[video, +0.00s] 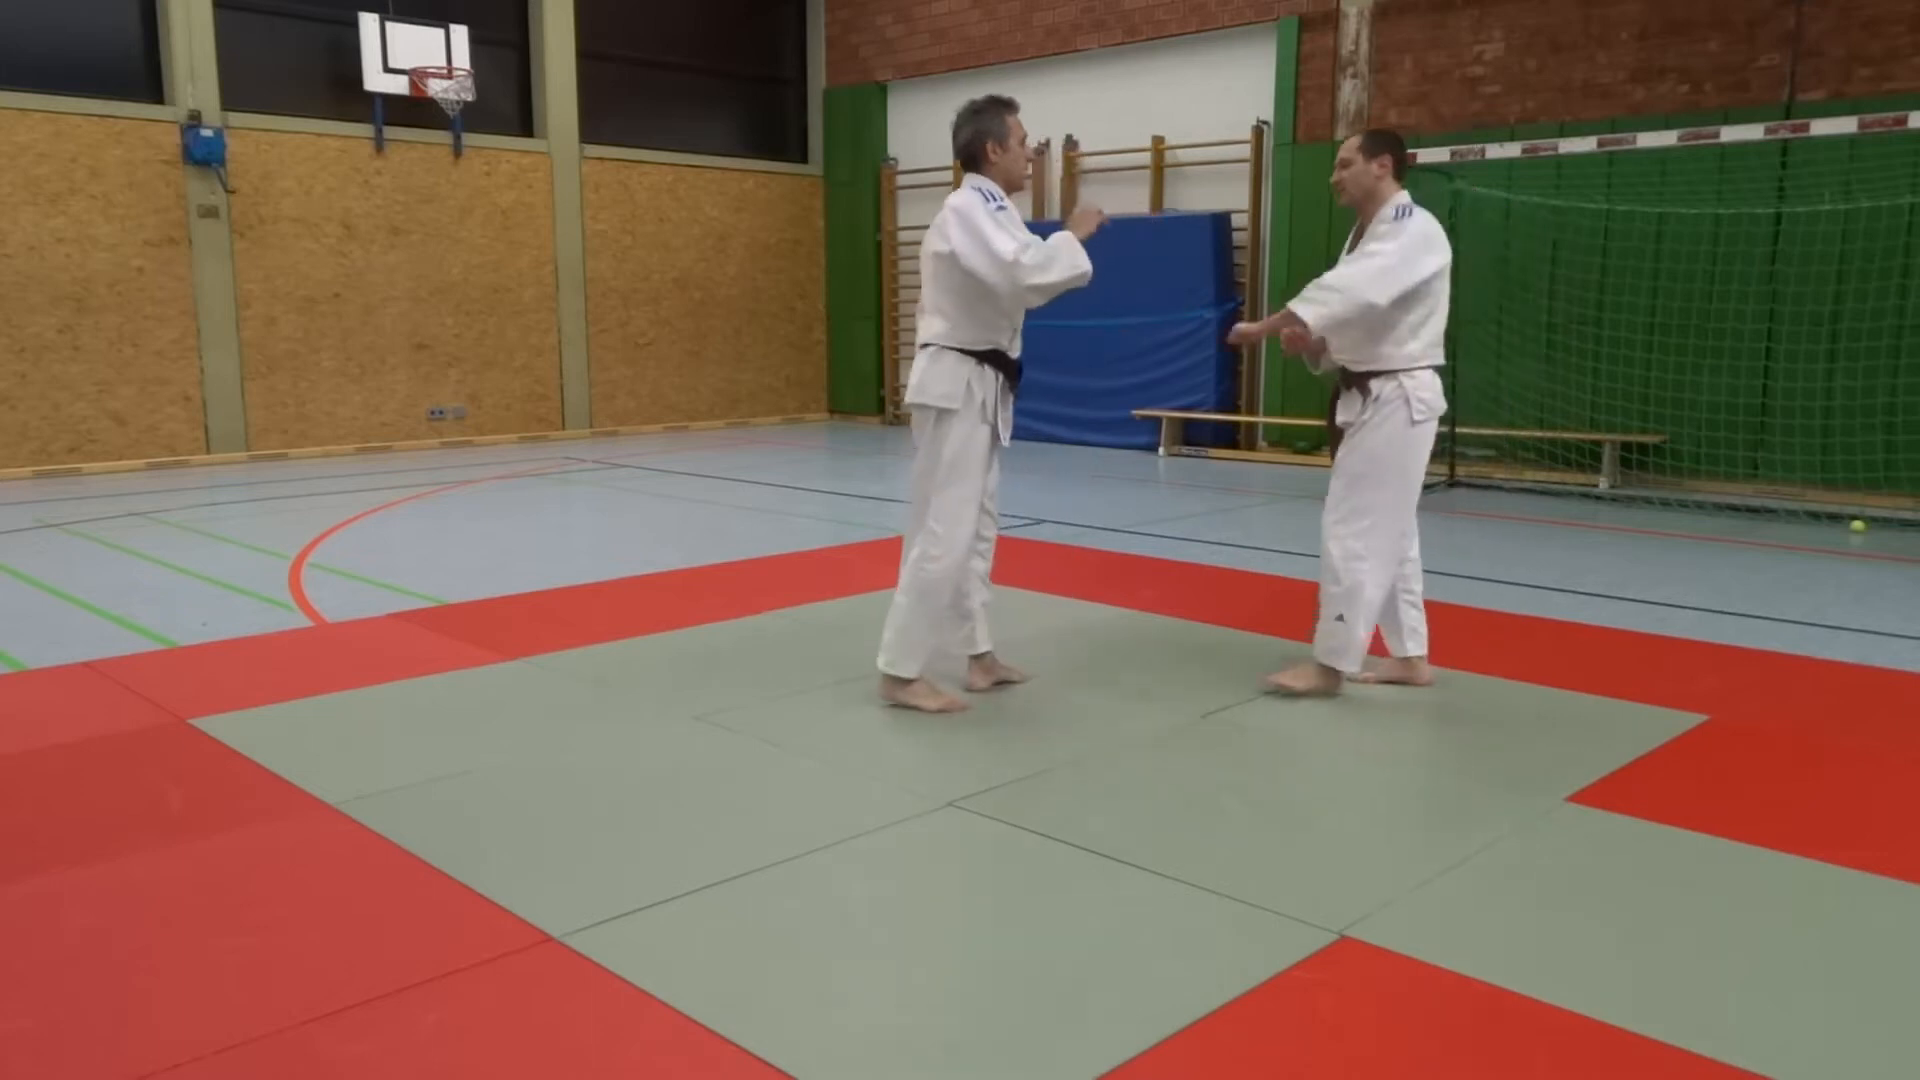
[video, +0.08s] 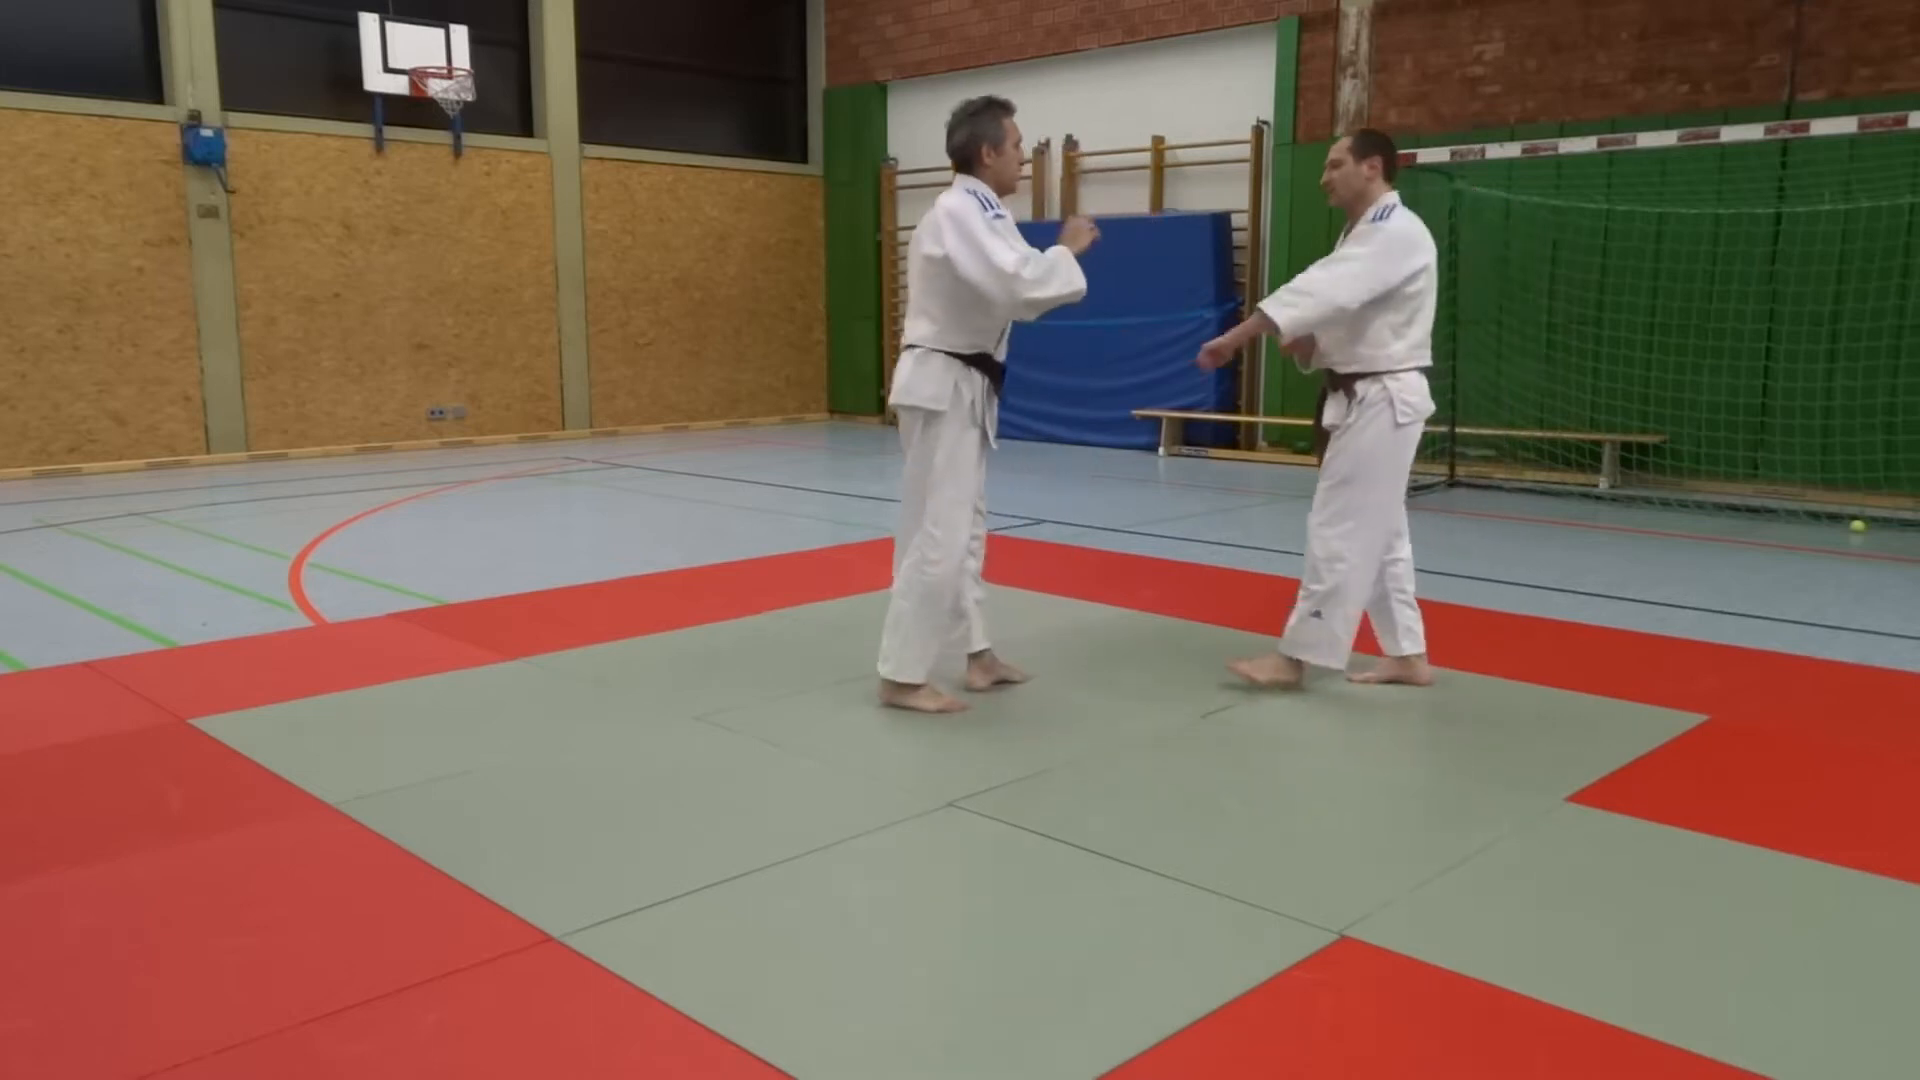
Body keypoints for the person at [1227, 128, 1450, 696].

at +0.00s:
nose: (1335, 177)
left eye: (1345, 165)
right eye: (1336, 167)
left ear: (1383, 168)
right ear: (1375, 171)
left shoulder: (1416, 229)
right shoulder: (1367, 238)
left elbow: (1361, 289)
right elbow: (1356, 337)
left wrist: (1269, 324)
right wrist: (1314, 346)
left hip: (1399, 399)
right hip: (1372, 397)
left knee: (1351, 525)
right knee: (1392, 528)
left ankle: (1330, 666)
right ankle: (1409, 656)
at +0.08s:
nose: (1326, 177)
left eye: (1336, 166)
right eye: (1326, 167)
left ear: (1373, 169)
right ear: (1363, 172)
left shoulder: (1398, 230)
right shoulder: (1363, 234)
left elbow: (1329, 289)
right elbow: (1361, 325)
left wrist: (1236, 336)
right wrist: (1312, 342)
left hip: (1386, 398)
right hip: (1363, 396)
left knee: (1337, 522)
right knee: (1381, 526)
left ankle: (1294, 658)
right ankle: (1408, 656)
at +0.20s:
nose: (1305, 179)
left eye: (1316, 169)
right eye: (1307, 169)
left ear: (1353, 174)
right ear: (1347, 177)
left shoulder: (1371, 239)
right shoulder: (1346, 236)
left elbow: (1303, 304)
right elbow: (1312, 311)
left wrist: (1217, 340)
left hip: (1353, 403)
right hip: (1341, 399)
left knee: (1313, 531)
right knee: (1368, 532)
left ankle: (1276, 661)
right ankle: (1404, 655)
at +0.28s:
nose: (1290, 174)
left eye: (1301, 165)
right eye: (1291, 165)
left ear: (1337, 172)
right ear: (1333, 174)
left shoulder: (1348, 236)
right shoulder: (1331, 232)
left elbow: (1308, 320)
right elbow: (1299, 311)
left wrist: (1232, 330)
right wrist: (1244, 329)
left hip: (1332, 400)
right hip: (1333, 396)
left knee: (1298, 531)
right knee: (1353, 532)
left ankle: (1271, 661)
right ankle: (1401, 650)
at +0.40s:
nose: (1267, 171)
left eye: (1277, 161)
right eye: (1268, 161)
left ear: (1312, 169)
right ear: (1308, 170)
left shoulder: (1317, 231)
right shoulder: (1311, 226)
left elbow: (1297, 319)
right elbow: (1296, 314)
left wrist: (1232, 319)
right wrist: (1242, 319)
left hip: (1301, 395)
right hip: (1306, 392)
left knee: (1277, 527)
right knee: (1306, 526)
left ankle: (1271, 662)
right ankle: (1376, 628)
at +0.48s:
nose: (1251, 172)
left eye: (1260, 162)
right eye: (1252, 162)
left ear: (1296, 170)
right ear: (1293, 170)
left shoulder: (1300, 234)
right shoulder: (1299, 227)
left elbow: (1277, 325)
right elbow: (1283, 320)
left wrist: (1217, 314)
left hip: (1286, 397)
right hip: (1292, 394)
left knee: (1267, 529)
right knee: (1278, 523)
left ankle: (1272, 664)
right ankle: (1345, 619)